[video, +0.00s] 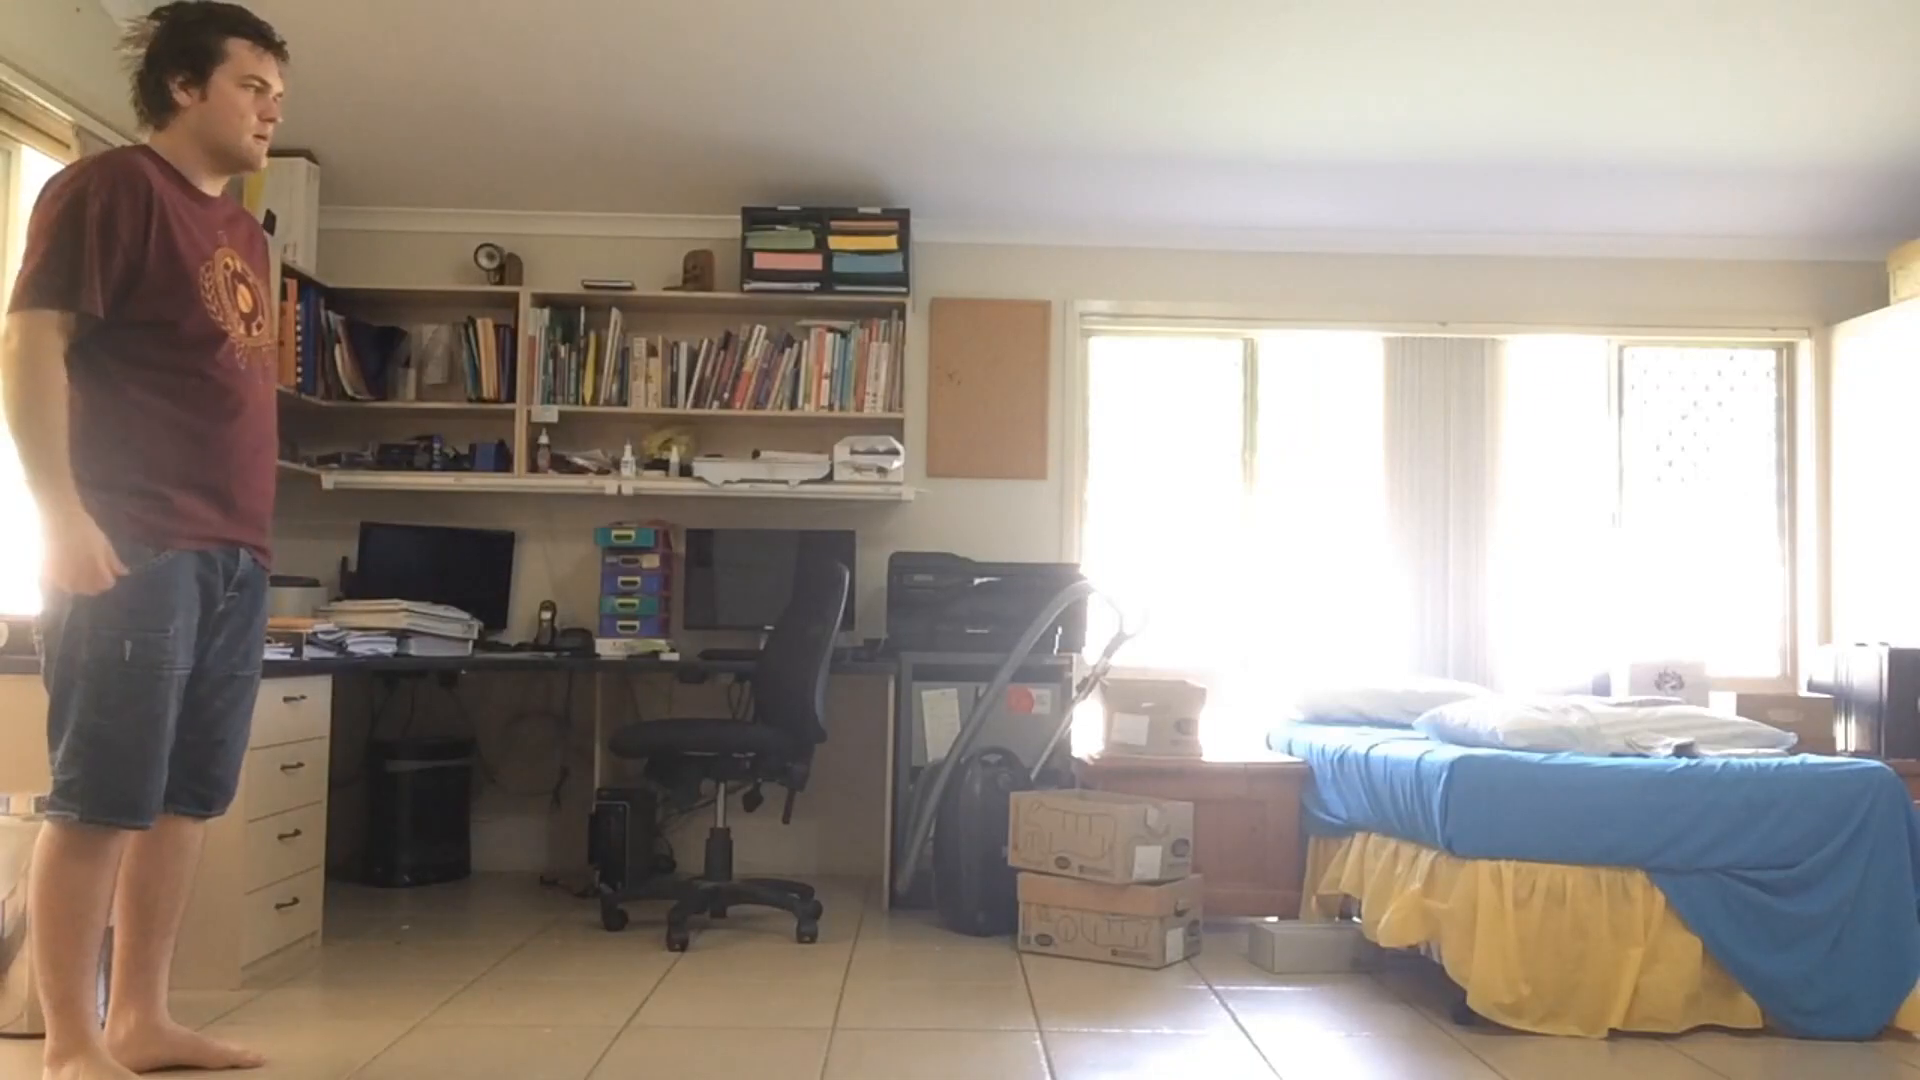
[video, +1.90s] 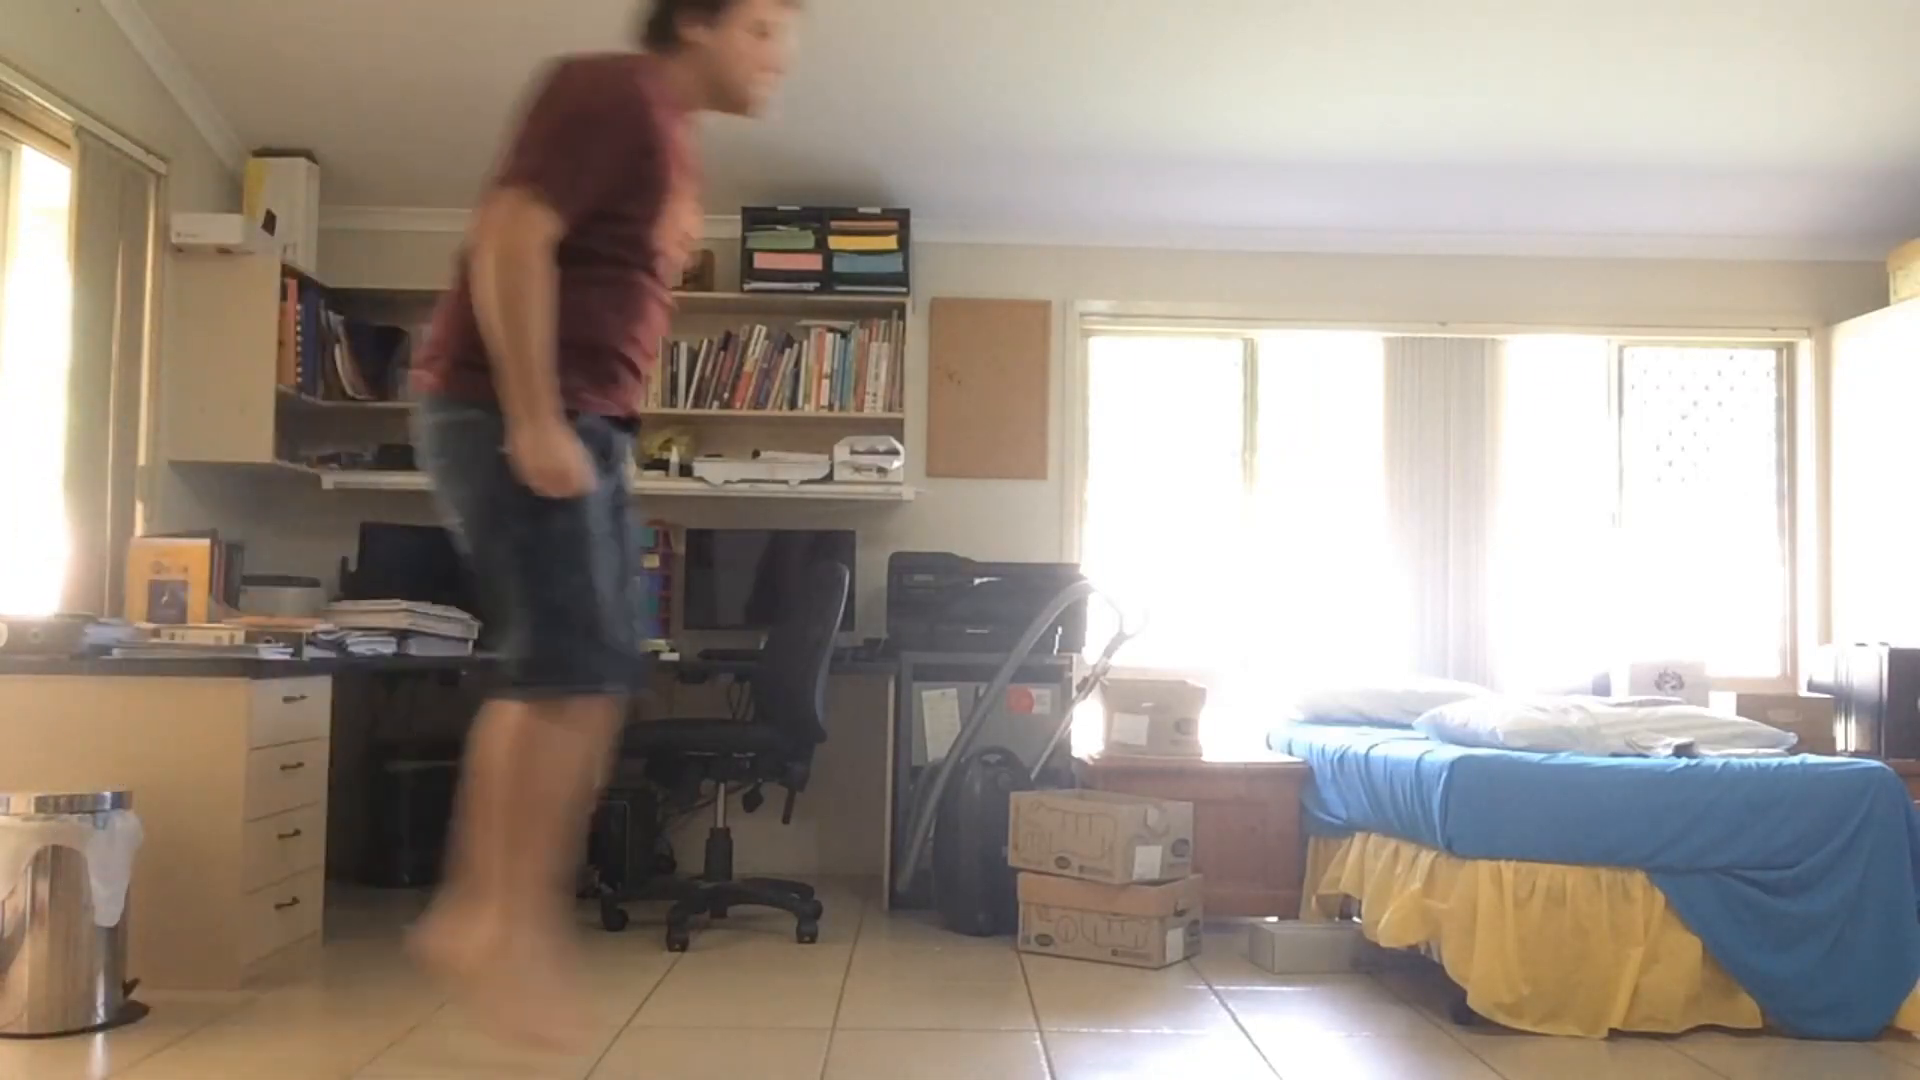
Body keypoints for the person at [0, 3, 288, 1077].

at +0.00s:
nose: (271, 110)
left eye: (277, 96)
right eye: (254, 88)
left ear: (261, 111)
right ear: (185, 88)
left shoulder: (249, 231)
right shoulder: (104, 187)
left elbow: (239, 384)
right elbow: (34, 348)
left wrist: (247, 530)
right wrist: (63, 518)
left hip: (234, 551)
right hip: (128, 543)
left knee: (180, 800)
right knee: (95, 800)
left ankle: (142, 1023)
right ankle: (65, 1042)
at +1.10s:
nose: (379, 136)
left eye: (383, 121)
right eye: (360, 111)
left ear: (352, 133)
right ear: (289, 110)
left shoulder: (321, 249)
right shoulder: (193, 195)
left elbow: (271, 410)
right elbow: (97, 360)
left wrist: (266, 544)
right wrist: (119, 533)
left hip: (249, 560)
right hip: (151, 548)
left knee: (211, 805)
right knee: (126, 808)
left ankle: (143, 1022)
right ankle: (72, 1045)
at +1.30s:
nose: (486, 266)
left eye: (489, 247)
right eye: (469, 240)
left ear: (419, 252)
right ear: (399, 239)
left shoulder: (396, 357)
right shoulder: (278, 304)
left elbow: (281, 460)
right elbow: (119, 408)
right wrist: (100, 586)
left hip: (235, 602)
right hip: (140, 589)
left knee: (262, 808)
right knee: (195, 811)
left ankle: (144, 1027)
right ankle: (76, 1048)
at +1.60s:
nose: (538, 229)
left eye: (539, 210)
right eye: (520, 208)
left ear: (500, 223)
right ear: (454, 217)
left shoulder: (486, 342)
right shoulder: (375, 316)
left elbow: (407, 472)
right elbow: (242, 430)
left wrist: (359, 594)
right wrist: (210, 609)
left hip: (351, 633)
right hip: (268, 625)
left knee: (333, 858)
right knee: (283, 856)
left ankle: (156, 1019)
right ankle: (92, 1032)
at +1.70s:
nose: (569, 117)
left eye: (574, 100)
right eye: (553, 94)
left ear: (523, 109)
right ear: (486, 94)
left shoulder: (516, 220)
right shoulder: (406, 181)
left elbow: (501, 354)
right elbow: (301, 305)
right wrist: (326, 476)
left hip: (461, 544)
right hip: (383, 535)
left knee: (332, 786)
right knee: (282, 774)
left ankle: (215, 980)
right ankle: (137, 985)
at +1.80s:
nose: (659, 54)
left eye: (662, 34)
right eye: (646, 29)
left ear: (595, 32)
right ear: (582, 23)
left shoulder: (570, 132)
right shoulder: (490, 103)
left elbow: (507, 272)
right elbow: (405, 242)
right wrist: (444, 422)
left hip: (532, 452)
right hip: (467, 446)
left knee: (470, 694)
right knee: (460, 695)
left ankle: (280, 897)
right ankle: (295, 918)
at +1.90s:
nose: (781, 58)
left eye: (785, 36)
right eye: (767, 31)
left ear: (728, 32)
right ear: (703, 24)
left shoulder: (669, 136)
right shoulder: (607, 90)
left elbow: (596, 281)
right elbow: (511, 235)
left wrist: (600, 426)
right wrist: (535, 420)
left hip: (574, 426)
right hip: (515, 421)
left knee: (558, 664)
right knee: (578, 669)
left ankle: (479, 915)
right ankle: (510, 938)